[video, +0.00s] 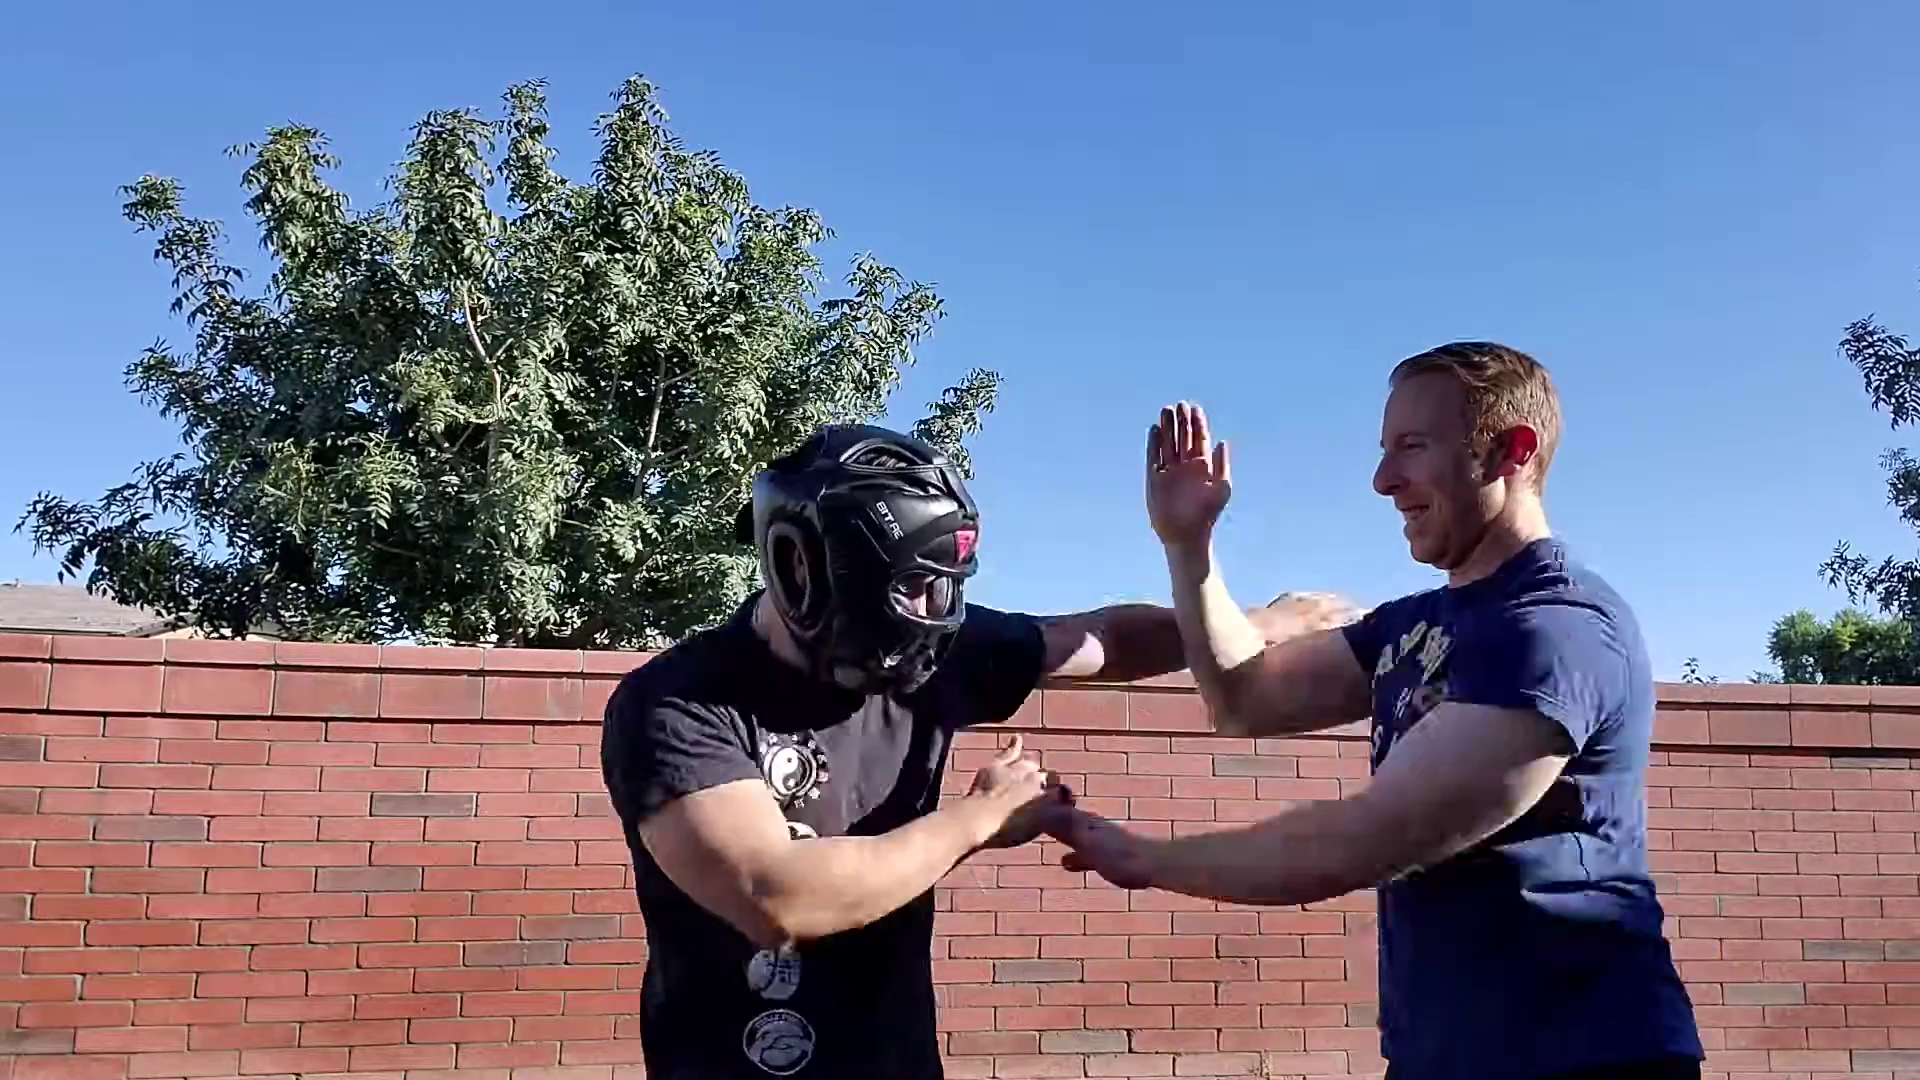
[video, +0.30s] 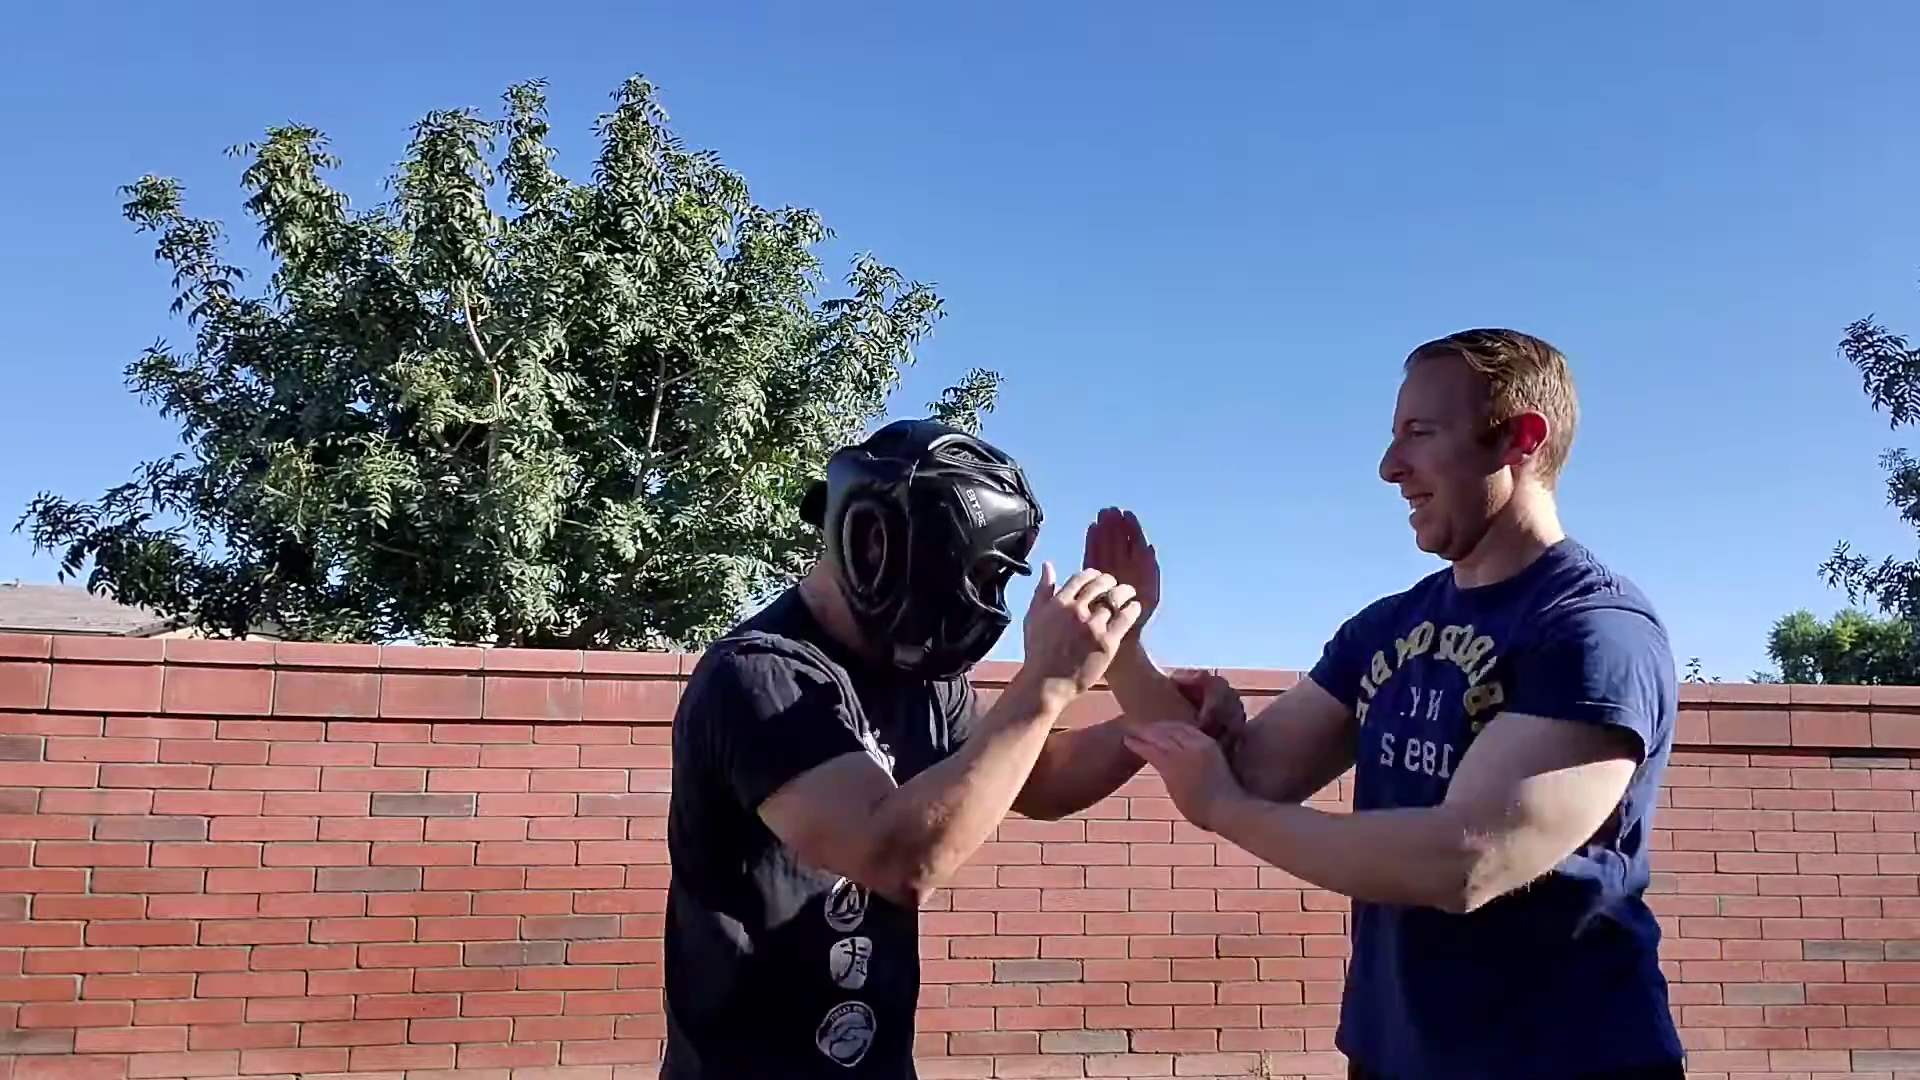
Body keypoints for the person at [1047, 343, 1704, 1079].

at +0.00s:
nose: (1383, 476)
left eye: (1413, 445)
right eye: (1385, 449)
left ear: (1513, 451)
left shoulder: (1558, 631)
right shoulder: (1411, 628)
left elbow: (1374, 837)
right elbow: (1243, 695)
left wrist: (1148, 857)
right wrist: (1188, 547)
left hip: (1579, 1051)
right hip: (1439, 1051)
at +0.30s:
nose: (1391, 466)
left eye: (1421, 434)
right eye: (1397, 438)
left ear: (1520, 443)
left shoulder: (1599, 630)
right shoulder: (1389, 629)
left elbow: (1464, 862)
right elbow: (1251, 773)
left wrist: (1226, 811)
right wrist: (1120, 643)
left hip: (1561, 1053)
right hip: (1396, 1051)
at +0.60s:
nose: (1342, 478)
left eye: (1366, 446)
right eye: (1347, 450)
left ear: (1465, 450)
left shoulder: (1495, 607)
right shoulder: (1461, 612)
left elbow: (1216, 676)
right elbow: (1439, 875)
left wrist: (1024, 590)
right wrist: (1259, 901)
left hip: (1529, 1042)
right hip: (1432, 1040)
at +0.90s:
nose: (1383, 478)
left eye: (1409, 446)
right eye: (1386, 453)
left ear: (1511, 454)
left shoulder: (1571, 613)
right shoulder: (1418, 645)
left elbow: (1306, 696)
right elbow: (1365, 849)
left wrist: (1074, 640)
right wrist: (1317, 858)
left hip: (1593, 1042)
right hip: (1438, 1047)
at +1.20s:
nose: (1376, 480)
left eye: (1403, 449)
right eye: (1379, 455)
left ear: (1505, 454)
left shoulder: (1568, 614)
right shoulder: (1419, 647)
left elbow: (1306, 688)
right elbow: (1380, 869)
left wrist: (1080, 642)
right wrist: (1316, 861)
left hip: (1595, 1043)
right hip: (1441, 1049)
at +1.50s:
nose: (1364, 483)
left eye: (1390, 451)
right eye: (1364, 459)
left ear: (1494, 453)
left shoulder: (1565, 612)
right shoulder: (1406, 646)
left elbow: (1302, 685)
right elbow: (1359, 865)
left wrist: (1074, 637)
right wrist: (1312, 861)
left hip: (1598, 1046)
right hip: (1439, 1053)